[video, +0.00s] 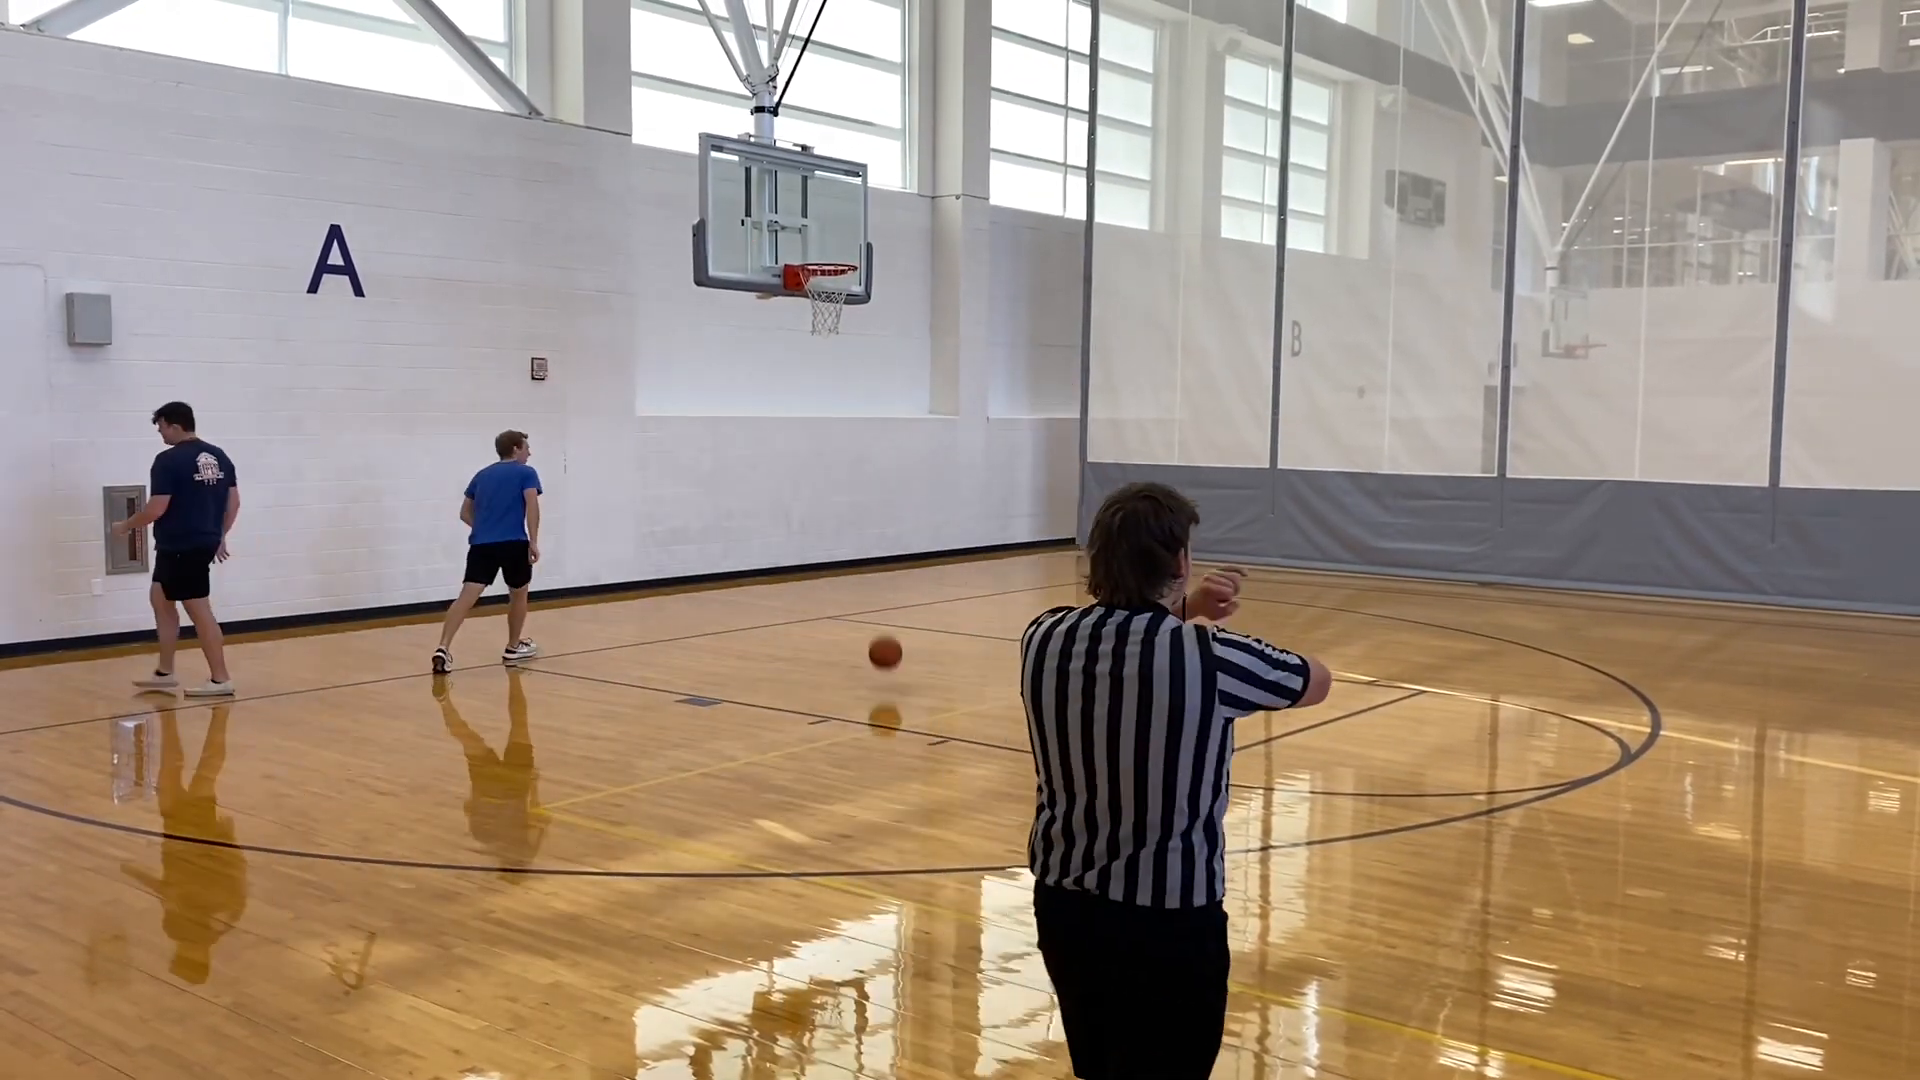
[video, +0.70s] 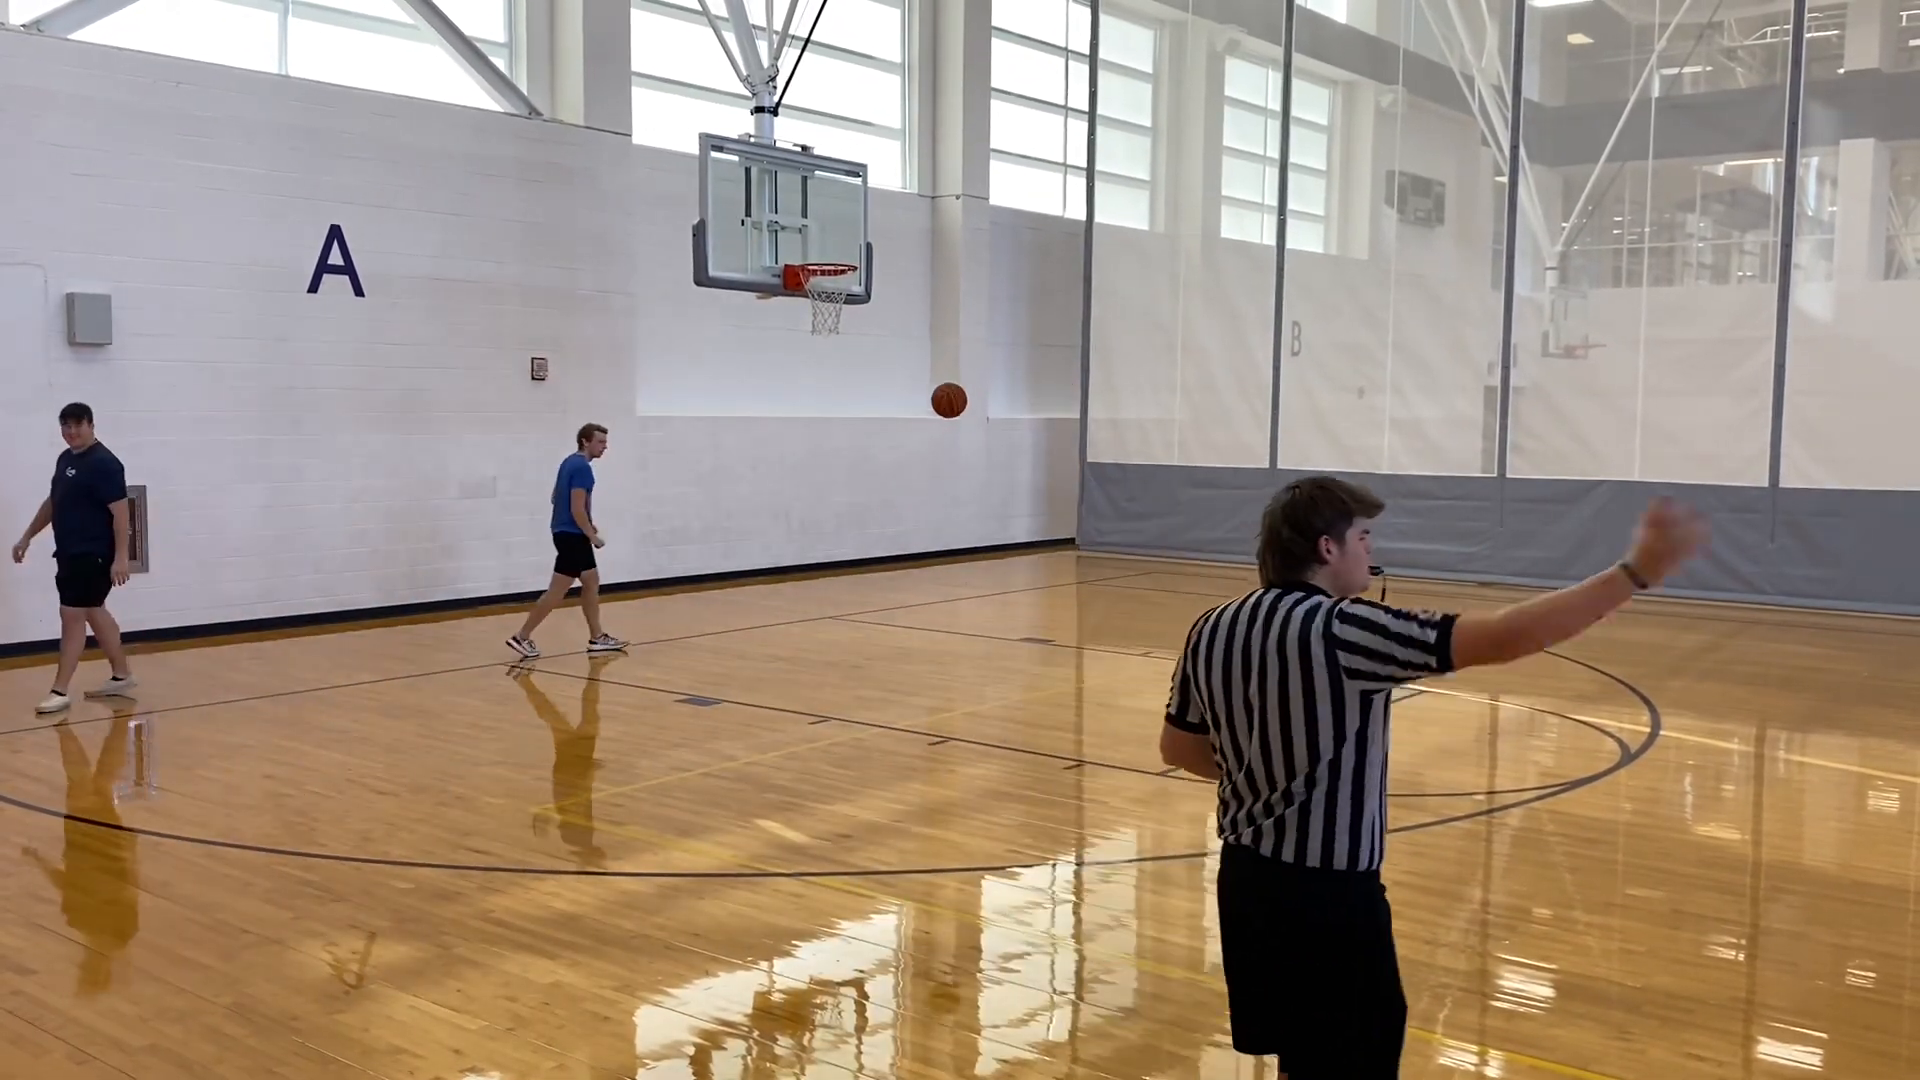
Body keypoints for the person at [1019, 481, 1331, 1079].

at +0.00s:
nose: (1192, 562)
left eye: (1190, 549)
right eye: (1190, 551)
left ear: (1100, 558)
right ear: (1178, 562)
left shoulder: (1042, 638)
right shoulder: (1204, 653)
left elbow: (1114, 638)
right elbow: (1316, 682)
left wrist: (1185, 608)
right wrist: (1233, 643)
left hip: (1065, 913)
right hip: (1173, 918)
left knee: (1098, 1066)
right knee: (1175, 1068)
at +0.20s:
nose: (1230, 566)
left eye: (1227, 551)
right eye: (1228, 551)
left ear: (1140, 559)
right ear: (1215, 561)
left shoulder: (1081, 642)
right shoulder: (1245, 655)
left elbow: (1151, 667)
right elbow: (1349, 708)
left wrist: (1229, 637)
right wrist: (1269, 654)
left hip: (1107, 903)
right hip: (1210, 910)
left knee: (1144, 1057)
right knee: (1216, 1056)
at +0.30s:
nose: (1256, 569)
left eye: (1253, 552)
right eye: (1251, 553)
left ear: (1166, 560)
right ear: (1229, 563)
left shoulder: (1103, 646)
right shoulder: (1264, 660)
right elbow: (1388, 736)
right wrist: (1314, 649)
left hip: (1131, 902)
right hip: (1229, 910)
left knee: (1169, 1060)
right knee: (1233, 1059)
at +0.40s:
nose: (1283, 570)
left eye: (1278, 554)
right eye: (1275, 554)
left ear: (1194, 564)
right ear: (1248, 565)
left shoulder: (1131, 648)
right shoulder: (1284, 660)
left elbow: (1110, 757)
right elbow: (1430, 742)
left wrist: (1186, 750)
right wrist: (1402, 636)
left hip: (1161, 902)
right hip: (1254, 910)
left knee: (1191, 1060)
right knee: (1255, 1059)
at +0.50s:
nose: (1312, 566)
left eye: (1310, 551)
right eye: (1306, 552)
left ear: (1224, 560)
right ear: (1273, 560)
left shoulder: (1160, 645)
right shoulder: (1300, 651)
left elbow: (1126, 761)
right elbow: (1457, 721)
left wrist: (1210, 773)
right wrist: (1487, 611)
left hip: (1192, 895)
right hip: (1281, 904)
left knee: (1220, 1059)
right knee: (1280, 1058)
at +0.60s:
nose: (1343, 559)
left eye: (1340, 544)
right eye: (1334, 543)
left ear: (1251, 556)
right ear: (1298, 552)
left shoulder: (1186, 636)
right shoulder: (1321, 637)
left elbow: (1152, 752)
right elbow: (1476, 684)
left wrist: (1237, 774)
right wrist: (1562, 583)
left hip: (1223, 889)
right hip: (1309, 900)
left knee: (1258, 1063)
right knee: (1310, 1065)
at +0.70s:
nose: (1373, 557)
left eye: (1371, 542)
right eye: (1364, 541)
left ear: (1287, 548)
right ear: (1324, 547)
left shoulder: (1212, 630)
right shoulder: (1345, 628)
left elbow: (1179, 746)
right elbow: (1505, 636)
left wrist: (1258, 756)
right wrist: (1636, 572)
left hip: (1246, 887)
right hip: (1334, 894)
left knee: (1299, 1059)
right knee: (1359, 1058)